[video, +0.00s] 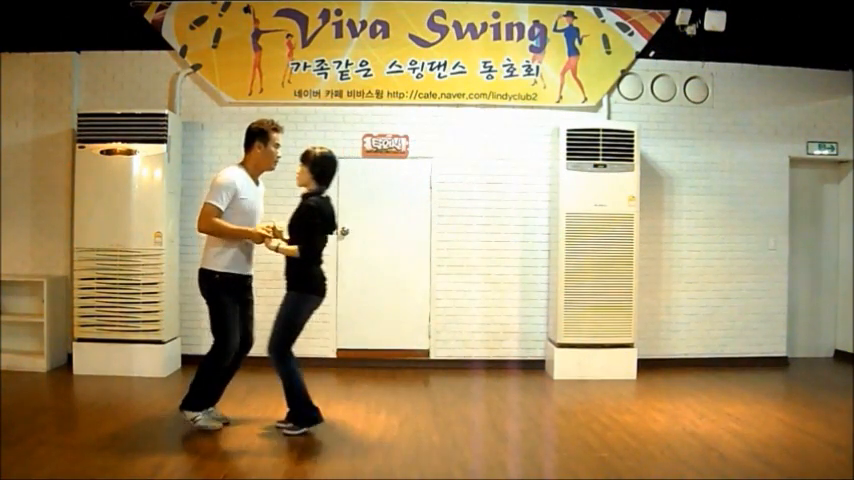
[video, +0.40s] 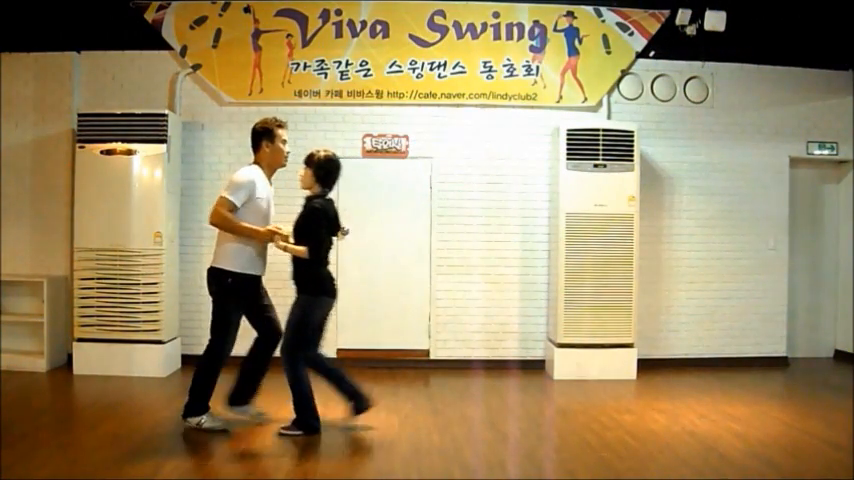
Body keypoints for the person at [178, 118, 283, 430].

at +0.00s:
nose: (278, 154)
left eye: (279, 148)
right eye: (274, 147)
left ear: (259, 149)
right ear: (255, 147)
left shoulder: (257, 185)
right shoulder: (228, 179)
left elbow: (240, 225)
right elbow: (204, 222)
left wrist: (264, 232)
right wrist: (249, 233)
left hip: (241, 276)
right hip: (217, 275)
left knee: (243, 342)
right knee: (227, 342)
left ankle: (206, 404)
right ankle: (193, 405)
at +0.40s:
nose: (287, 150)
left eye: (286, 144)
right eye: (282, 143)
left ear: (270, 147)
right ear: (263, 146)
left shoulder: (263, 182)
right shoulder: (246, 177)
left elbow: (242, 222)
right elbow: (217, 215)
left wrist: (270, 234)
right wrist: (258, 233)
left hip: (247, 276)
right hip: (228, 276)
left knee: (271, 333)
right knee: (220, 345)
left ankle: (239, 401)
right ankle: (195, 411)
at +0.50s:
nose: (287, 149)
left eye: (286, 143)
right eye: (281, 143)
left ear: (267, 148)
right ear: (263, 147)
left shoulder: (264, 183)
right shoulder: (247, 179)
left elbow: (248, 228)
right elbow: (232, 227)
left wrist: (280, 238)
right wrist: (277, 239)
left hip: (250, 279)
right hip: (230, 278)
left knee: (275, 334)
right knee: (215, 347)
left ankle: (266, 409)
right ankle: (194, 413)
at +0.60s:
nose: (285, 152)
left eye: (285, 146)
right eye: (280, 145)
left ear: (267, 149)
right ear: (261, 147)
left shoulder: (262, 185)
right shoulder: (247, 183)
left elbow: (256, 234)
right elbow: (245, 234)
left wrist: (294, 244)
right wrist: (292, 243)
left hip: (256, 280)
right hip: (237, 279)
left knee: (277, 339)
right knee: (220, 346)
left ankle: (269, 413)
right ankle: (194, 412)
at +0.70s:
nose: (288, 154)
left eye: (290, 148)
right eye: (284, 147)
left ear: (271, 148)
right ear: (265, 145)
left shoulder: (269, 184)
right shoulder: (246, 180)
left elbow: (270, 228)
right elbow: (251, 225)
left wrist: (307, 233)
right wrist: (303, 233)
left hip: (266, 278)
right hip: (245, 278)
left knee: (280, 342)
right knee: (243, 348)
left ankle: (270, 413)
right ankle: (200, 405)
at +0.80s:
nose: (295, 160)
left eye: (297, 154)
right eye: (293, 153)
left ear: (282, 149)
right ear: (275, 146)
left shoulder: (275, 178)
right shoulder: (251, 172)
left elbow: (277, 222)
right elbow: (251, 212)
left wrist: (310, 222)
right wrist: (301, 219)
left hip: (268, 272)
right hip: (246, 272)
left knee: (280, 339)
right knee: (265, 340)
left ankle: (271, 413)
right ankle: (226, 404)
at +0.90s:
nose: (306, 169)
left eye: (308, 162)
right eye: (304, 161)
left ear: (291, 156)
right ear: (287, 153)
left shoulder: (282, 183)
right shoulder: (259, 177)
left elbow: (280, 228)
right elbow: (251, 220)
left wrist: (312, 228)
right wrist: (297, 222)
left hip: (263, 274)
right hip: (242, 275)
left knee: (291, 334)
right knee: (275, 338)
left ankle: (277, 408)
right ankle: (262, 413)